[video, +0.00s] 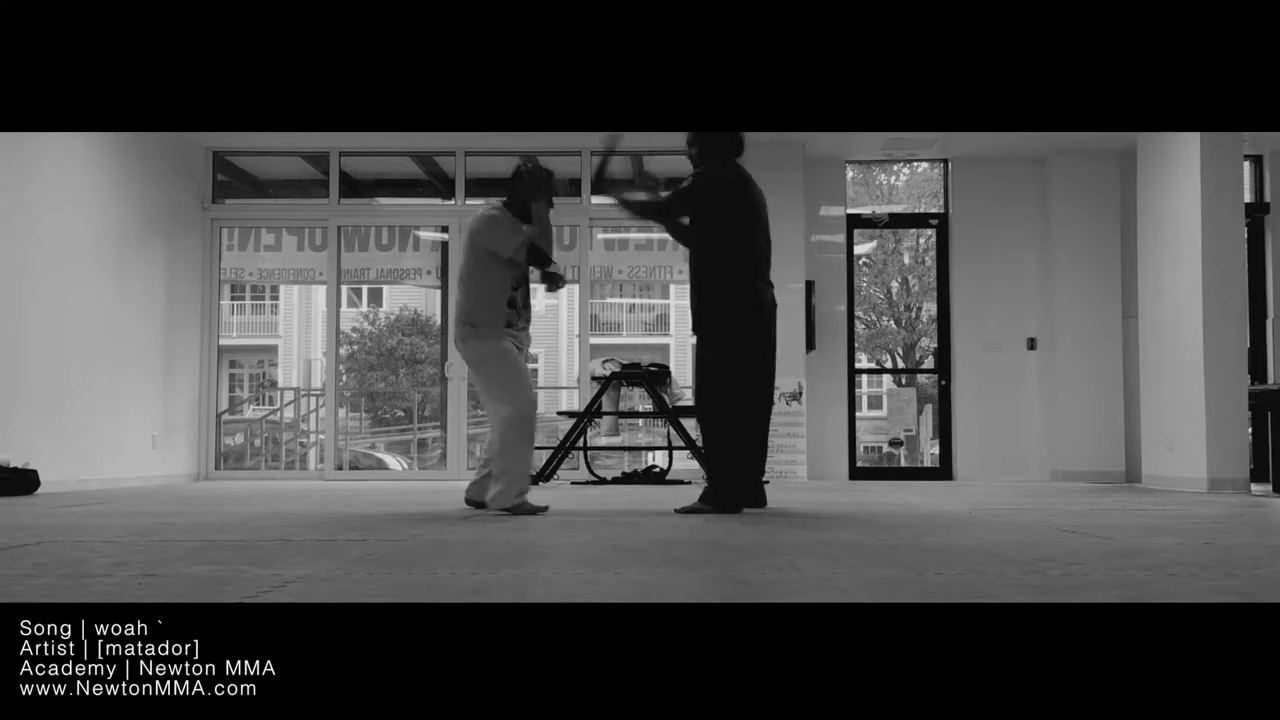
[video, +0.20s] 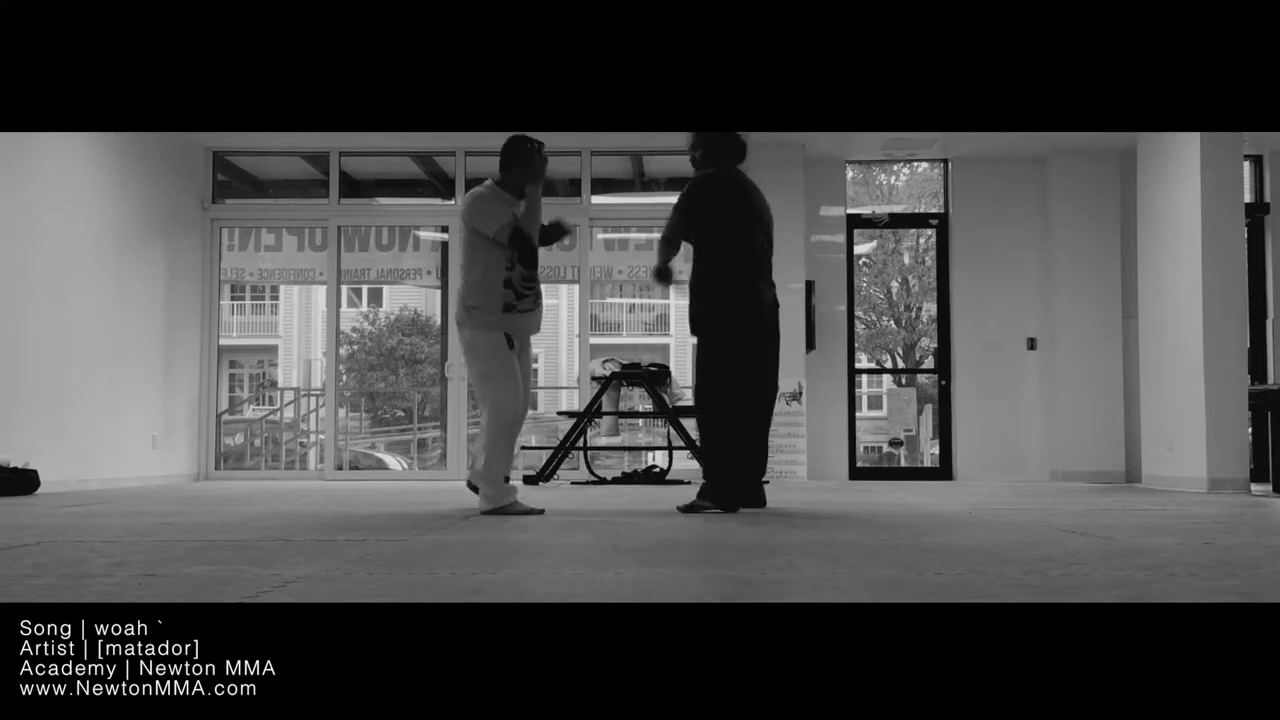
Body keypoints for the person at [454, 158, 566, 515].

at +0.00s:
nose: (546, 209)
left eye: (546, 203)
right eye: (544, 203)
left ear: (519, 194)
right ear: (528, 198)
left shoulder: (506, 224)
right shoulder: (492, 222)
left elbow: (529, 268)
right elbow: (543, 255)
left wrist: (550, 277)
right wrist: (542, 206)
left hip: (502, 335)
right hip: (484, 334)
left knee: (511, 408)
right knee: (519, 406)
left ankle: (484, 487)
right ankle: (508, 497)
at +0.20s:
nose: (541, 177)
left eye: (541, 172)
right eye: (537, 171)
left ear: (512, 167)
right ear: (521, 168)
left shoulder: (515, 204)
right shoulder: (481, 201)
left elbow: (526, 241)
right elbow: (524, 244)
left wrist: (549, 234)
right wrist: (534, 193)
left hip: (513, 324)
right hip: (485, 323)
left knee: (517, 403)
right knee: (504, 403)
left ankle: (483, 475)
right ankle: (495, 496)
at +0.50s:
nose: (548, 183)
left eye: (548, 176)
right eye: (545, 175)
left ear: (520, 172)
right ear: (528, 174)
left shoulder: (515, 207)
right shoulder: (496, 197)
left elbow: (541, 255)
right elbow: (520, 255)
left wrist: (551, 211)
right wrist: (546, 238)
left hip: (493, 323)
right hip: (481, 322)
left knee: (495, 407)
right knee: (514, 404)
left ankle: (464, 486)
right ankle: (498, 498)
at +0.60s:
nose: (543, 191)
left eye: (542, 184)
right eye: (542, 184)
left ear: (510, 176)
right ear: (536, 179)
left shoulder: (482, 203)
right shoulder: (522, 195)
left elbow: (480, 258)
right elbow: (530, 253)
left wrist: (518, 273)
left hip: (458, 322)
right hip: (489, 322)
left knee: (483, 407)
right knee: (521, 404)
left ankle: (463, 492)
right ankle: (498, 497)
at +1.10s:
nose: (523, 183)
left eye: (523, 177)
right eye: (520, 176)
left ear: (486, 173)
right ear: (502, 173)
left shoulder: (462, 205)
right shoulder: (498, 198)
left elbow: (487, 248)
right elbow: (510, 247)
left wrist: (527, 226)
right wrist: (544, 234)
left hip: (452, 319)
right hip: (484, 318)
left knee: (477, 410)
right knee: (514, 400)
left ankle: (466, 494)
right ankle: (515, 478)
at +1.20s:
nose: (519, 177)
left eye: (519, 171)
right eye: (517, 170)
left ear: (484, 166)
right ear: (505, 168)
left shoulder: (476, 201)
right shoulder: (483, 189)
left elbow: (513, 253)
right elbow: (483, 231)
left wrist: (528, 211)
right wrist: (531, 225)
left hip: (451, 316)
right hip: (472, 317)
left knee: (466, 409)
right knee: (501, 400)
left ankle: (464, 492)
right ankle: (499, 484)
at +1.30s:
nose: (510, 175)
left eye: (511, 169)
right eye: (508, 168)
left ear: (478, 162)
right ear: (493, 164)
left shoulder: (481, 200)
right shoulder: (472, 185)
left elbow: (520, 241)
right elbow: (466, 227)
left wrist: (523, 196)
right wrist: (514, 241)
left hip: (472, 315)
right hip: (464, 314)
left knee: (473, 402)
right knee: (478, 401)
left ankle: (463, 490)